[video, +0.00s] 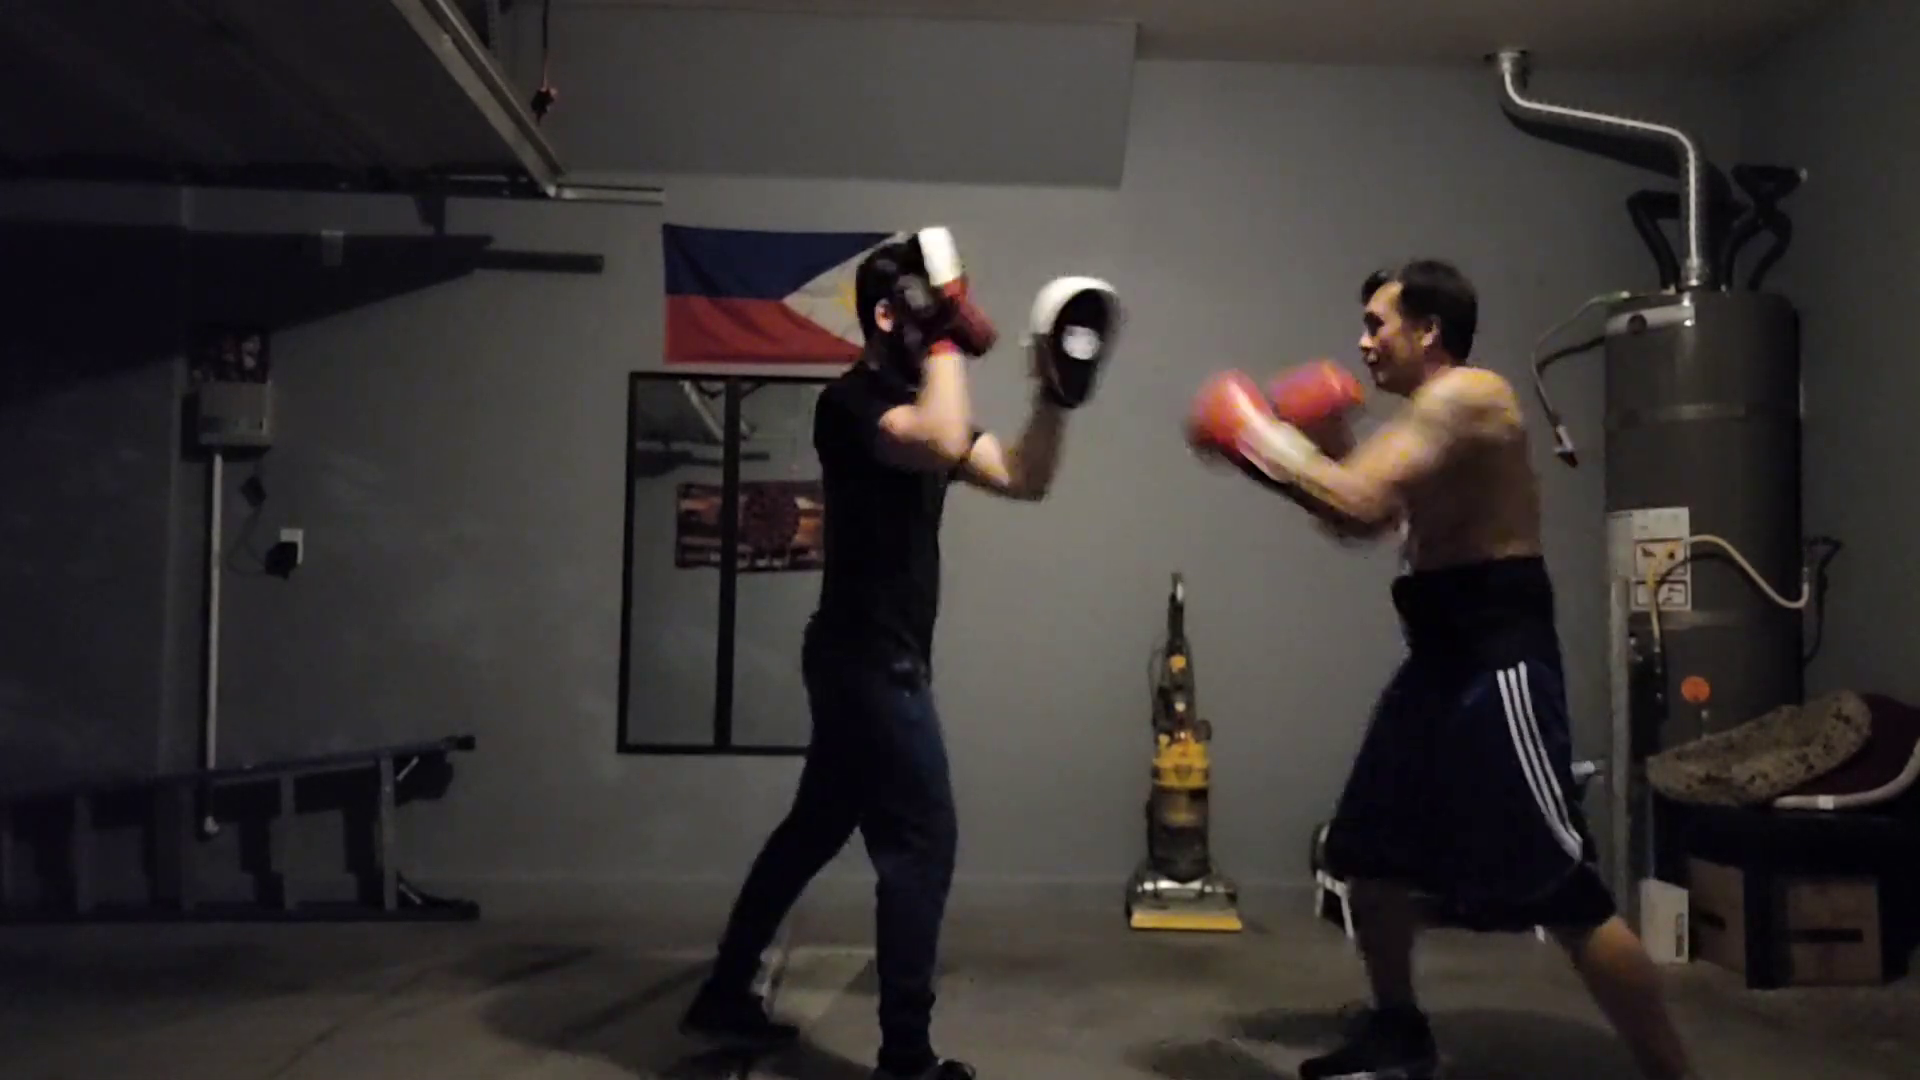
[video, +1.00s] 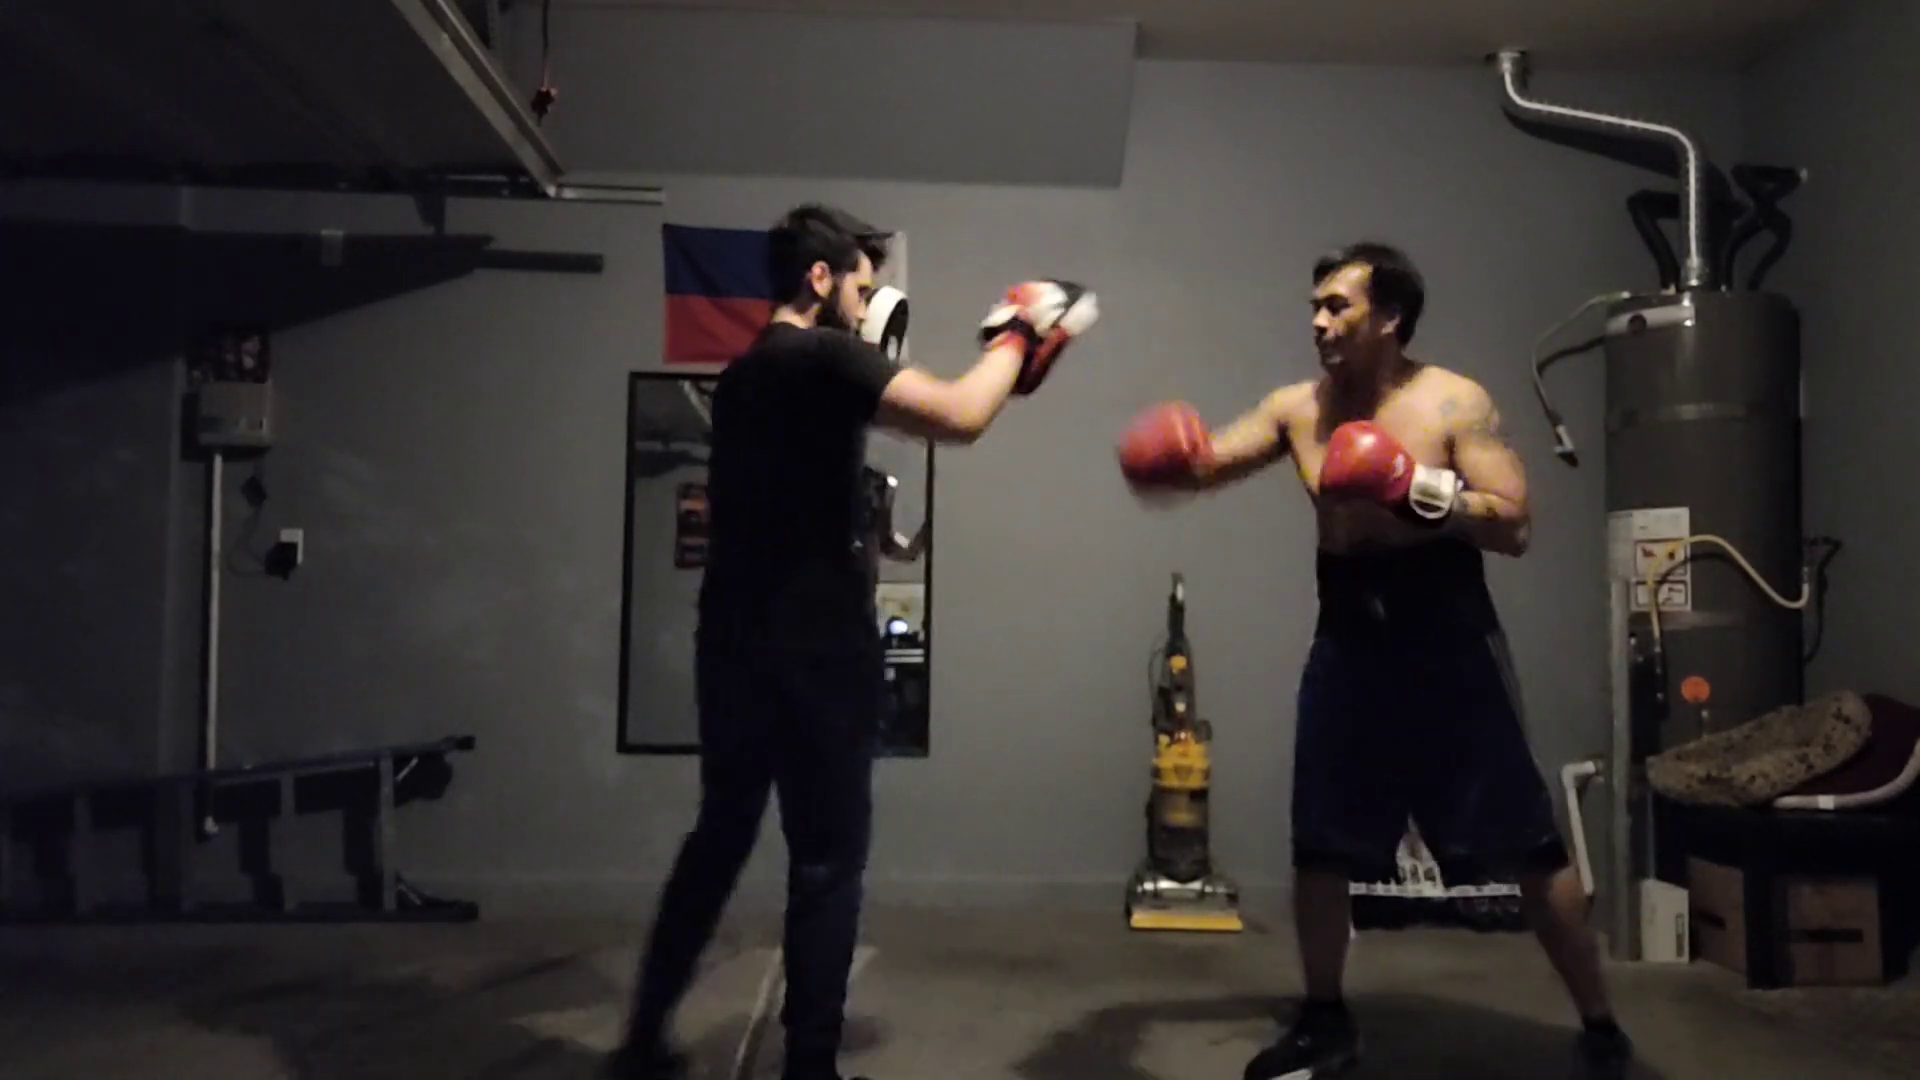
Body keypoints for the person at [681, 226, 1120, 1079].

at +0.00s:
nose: (949, 324)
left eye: (948, 311)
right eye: (936, 310)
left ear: (896, 322)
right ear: (889, 319)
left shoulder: (913, 404)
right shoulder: (851, 399)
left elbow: (1023, 478)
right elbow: (943, 437)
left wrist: (1055, 394)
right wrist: (945, 340)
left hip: (880, 657)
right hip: (865, 659)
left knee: (813, 832)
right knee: (921, 848)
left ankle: (725, 994)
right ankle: (907, 1055)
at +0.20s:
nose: (918, 338)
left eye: (918, 324)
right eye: (906, 323)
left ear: (858, 329)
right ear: (857, 323)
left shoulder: (866, 411)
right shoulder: (856, 385)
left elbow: (962, 489)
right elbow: (986, 396)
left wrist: (959, 387)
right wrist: (1066, 324)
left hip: (832, 661)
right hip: (858, 667)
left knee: (789, 831)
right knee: (907, 849)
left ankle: (719, 1010)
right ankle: (908, 1054)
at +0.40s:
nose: (903, 326)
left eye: (902, 312)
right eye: (887, 309)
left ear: (848, 321)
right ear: (846, 316)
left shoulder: (863, 402)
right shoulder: (813, 390)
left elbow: (992, 447)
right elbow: (913, 416)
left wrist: (1045, 378)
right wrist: (905, 322)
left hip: (812, 658)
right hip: (825, 665)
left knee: (765, 835)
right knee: (871, 855)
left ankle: (714, 1010)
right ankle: (903, 1053)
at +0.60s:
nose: (889, 329)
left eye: (890, 315)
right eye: (879, 312)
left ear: (833, 312)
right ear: (833, 309)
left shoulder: (818, 392)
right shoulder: (825, 374)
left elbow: (928, 472)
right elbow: (952, 372)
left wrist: (936, 368)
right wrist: (995, 290)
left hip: (783, 646)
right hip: (829, 651)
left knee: (777, 822)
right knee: (879, 837)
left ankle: (717, 1022)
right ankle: (840, 1045)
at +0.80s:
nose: (892, 332)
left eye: (891, 315)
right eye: (881, 316)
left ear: (812, 317)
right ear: (834, 313)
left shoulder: (767, 400)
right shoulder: (842, 383)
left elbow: (777, 527)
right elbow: (987, 397)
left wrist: (869, 508)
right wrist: (1045, 316)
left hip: (771, 655)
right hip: (833, 661)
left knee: (765, 831)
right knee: (864, 854)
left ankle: (721, 1016)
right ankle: (818, 1060)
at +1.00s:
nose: (873, 304)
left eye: (873, 289)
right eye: (867, 287)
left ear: (796, 283)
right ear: (822, 279)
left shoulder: (740, 374)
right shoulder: (824, 357)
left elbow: (936, 418)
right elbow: (962, 413)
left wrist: (1018, 363)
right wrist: (1016, 330)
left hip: (735, 646)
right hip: (820, 651)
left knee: (721, 835)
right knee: (829, 859)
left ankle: (643, 1035)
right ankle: (811, 1059)